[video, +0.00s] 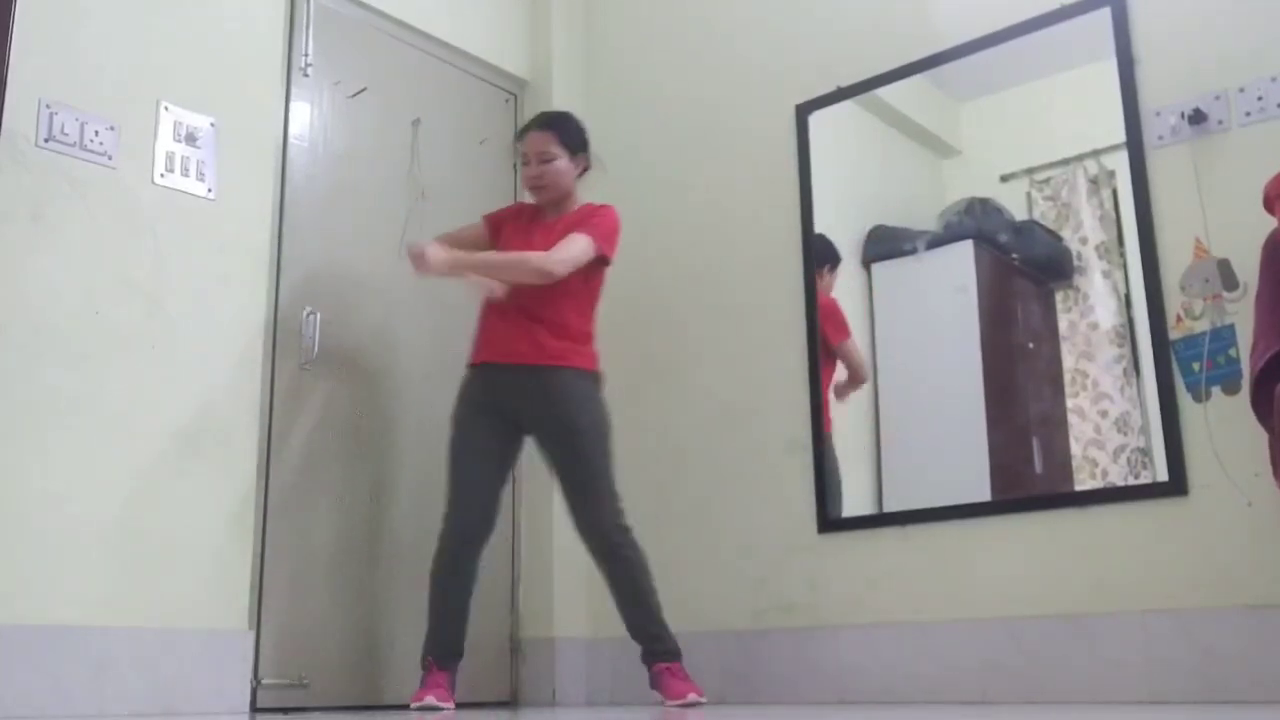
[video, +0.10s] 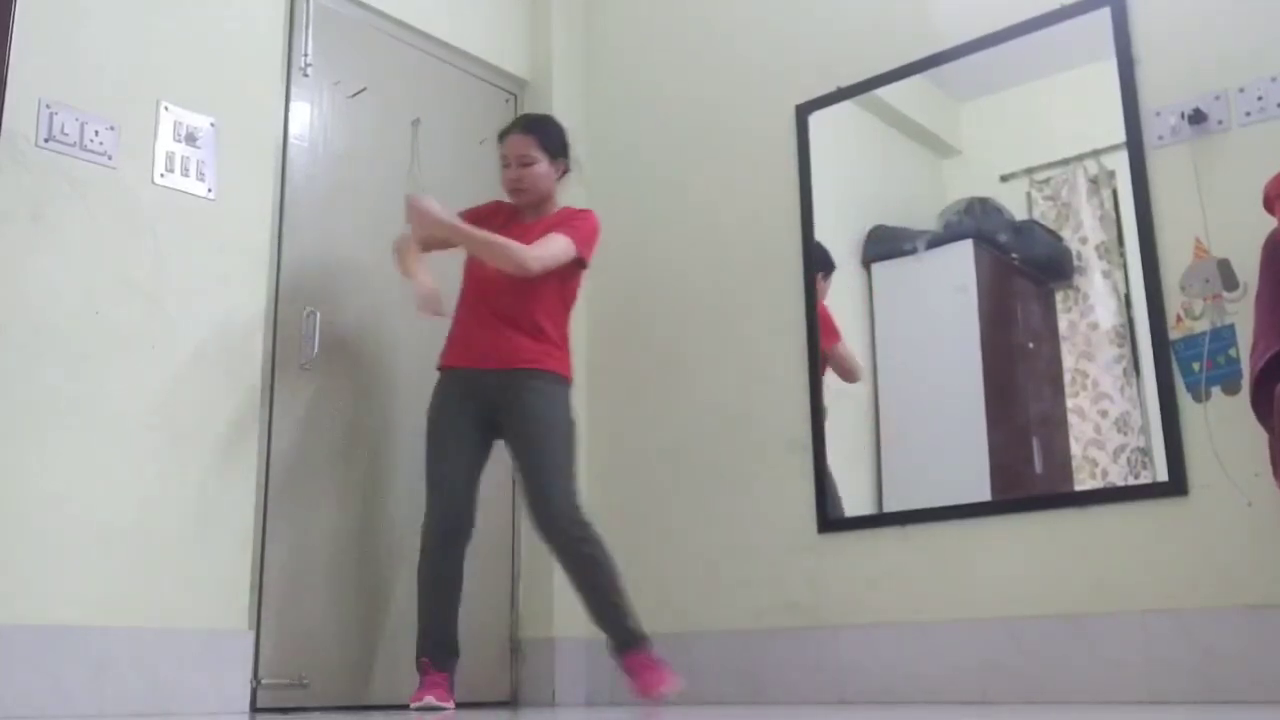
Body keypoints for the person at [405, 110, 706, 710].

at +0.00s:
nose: (532, 172)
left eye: (546, 160)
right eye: (525, 162)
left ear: (579, 164)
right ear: (519, 167)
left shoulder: (600, 219)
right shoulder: (509, 220)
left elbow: (550, 266)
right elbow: (435, 249)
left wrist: (454, 262)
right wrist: (479, 275)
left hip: (566, 387)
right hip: (491, 384)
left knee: (603, 526)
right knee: (463, 527)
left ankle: (665, 664)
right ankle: (437, 674)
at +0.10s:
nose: (512, 175)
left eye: (526, 163)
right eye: (505, 164)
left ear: (559, 167)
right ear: (498, 169)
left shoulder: (579, 222)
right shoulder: (485, 217)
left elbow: (527, 259)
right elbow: (408, 242)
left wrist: (446, 224)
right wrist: (422, 279)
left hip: (535, 383)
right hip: (462, 381)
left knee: (558, 516)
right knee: (445, 525)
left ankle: (634, 652)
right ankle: (435, 676)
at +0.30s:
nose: (490, 166)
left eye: (503, 156)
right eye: (482, 157)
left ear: (533, 160)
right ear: (474, 161)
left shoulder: (553, 213)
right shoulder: (457, 207)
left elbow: (522, 249)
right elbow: (375, 212)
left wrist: (445, 236)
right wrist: (409, 214)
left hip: (516, 374)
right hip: (443, 373)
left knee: (483, 488)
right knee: (435, 517)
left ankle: (496, 643)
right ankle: (433, 671)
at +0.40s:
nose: (488, 160)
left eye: (501, 150)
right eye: (480, 152)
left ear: (529, 158)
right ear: (471, 158)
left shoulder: (546, 212)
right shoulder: (452, 207)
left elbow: (521, 256)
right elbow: (370, 204)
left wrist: (435, 251)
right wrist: (441, 204)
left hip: (509, 371)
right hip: (438, 368)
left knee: (471, 499)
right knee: (430, 513)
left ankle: (473, 660)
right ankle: (433, 668)